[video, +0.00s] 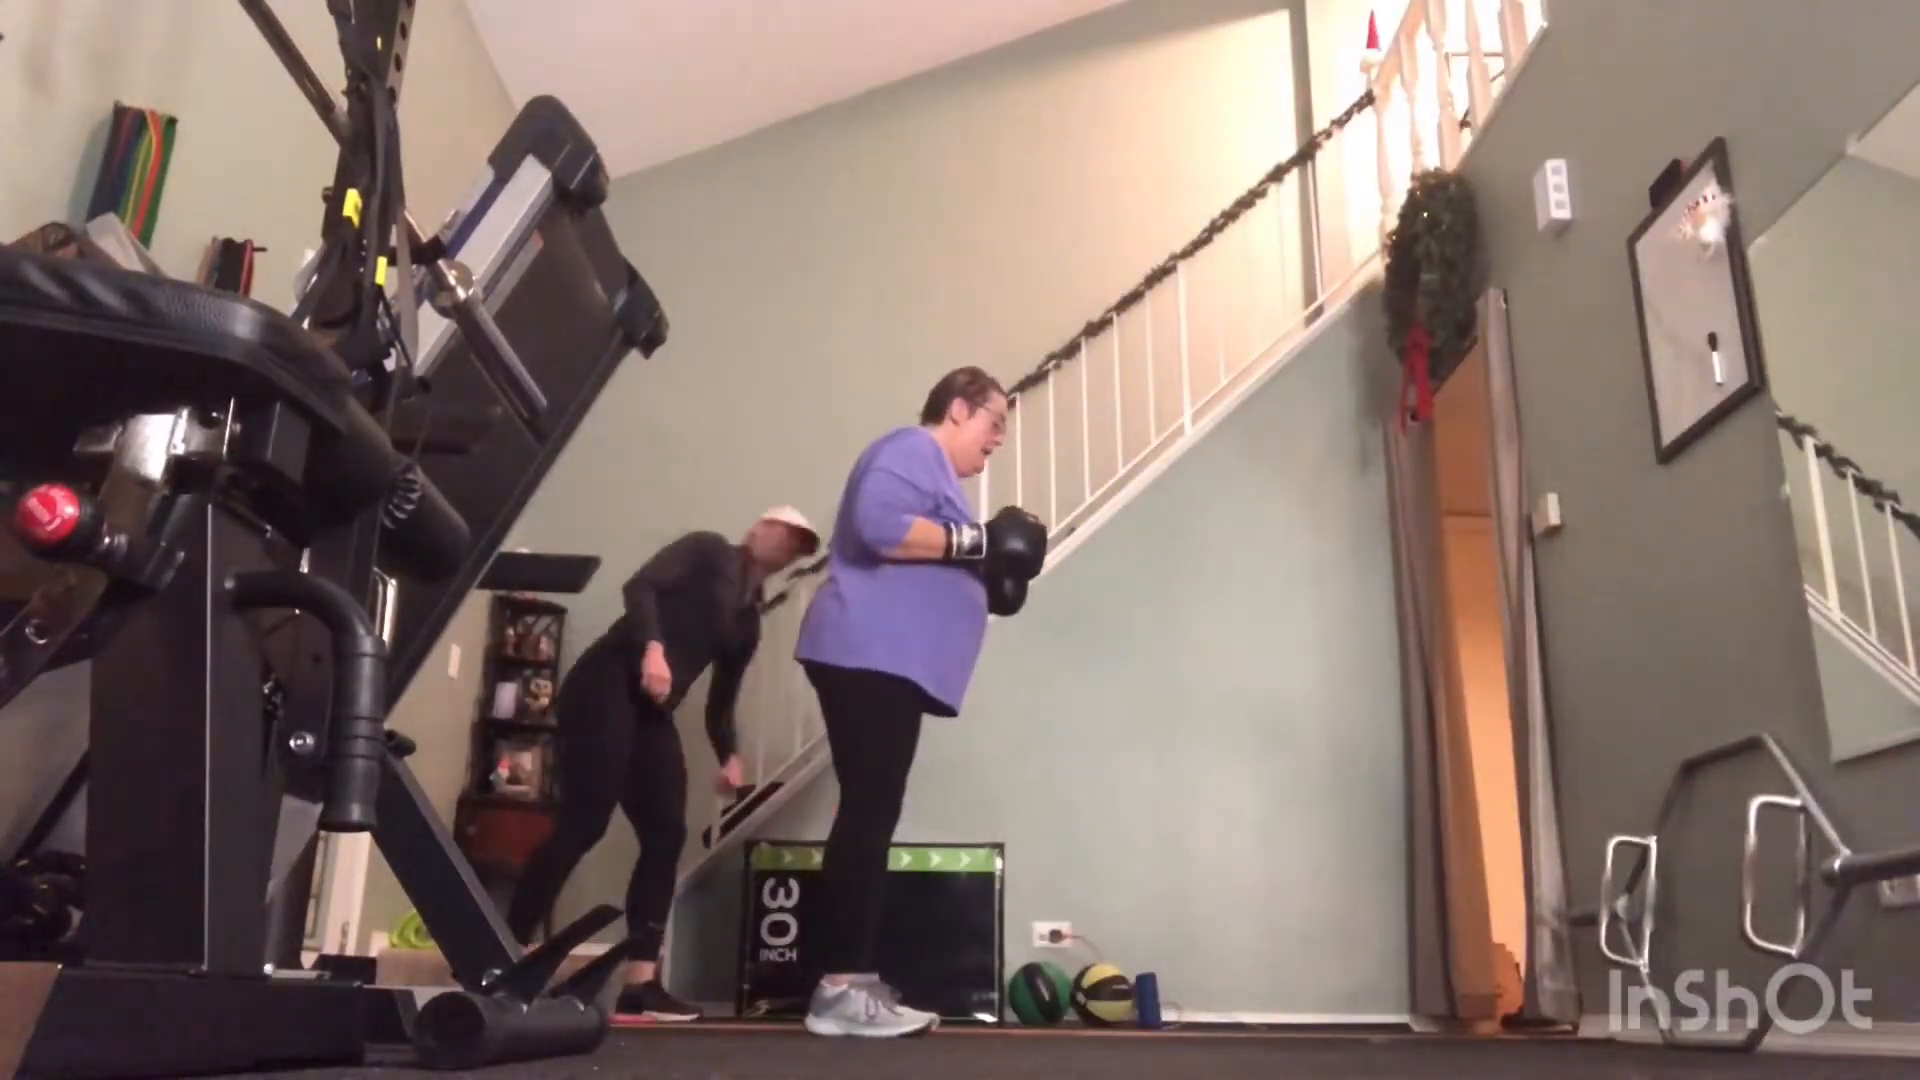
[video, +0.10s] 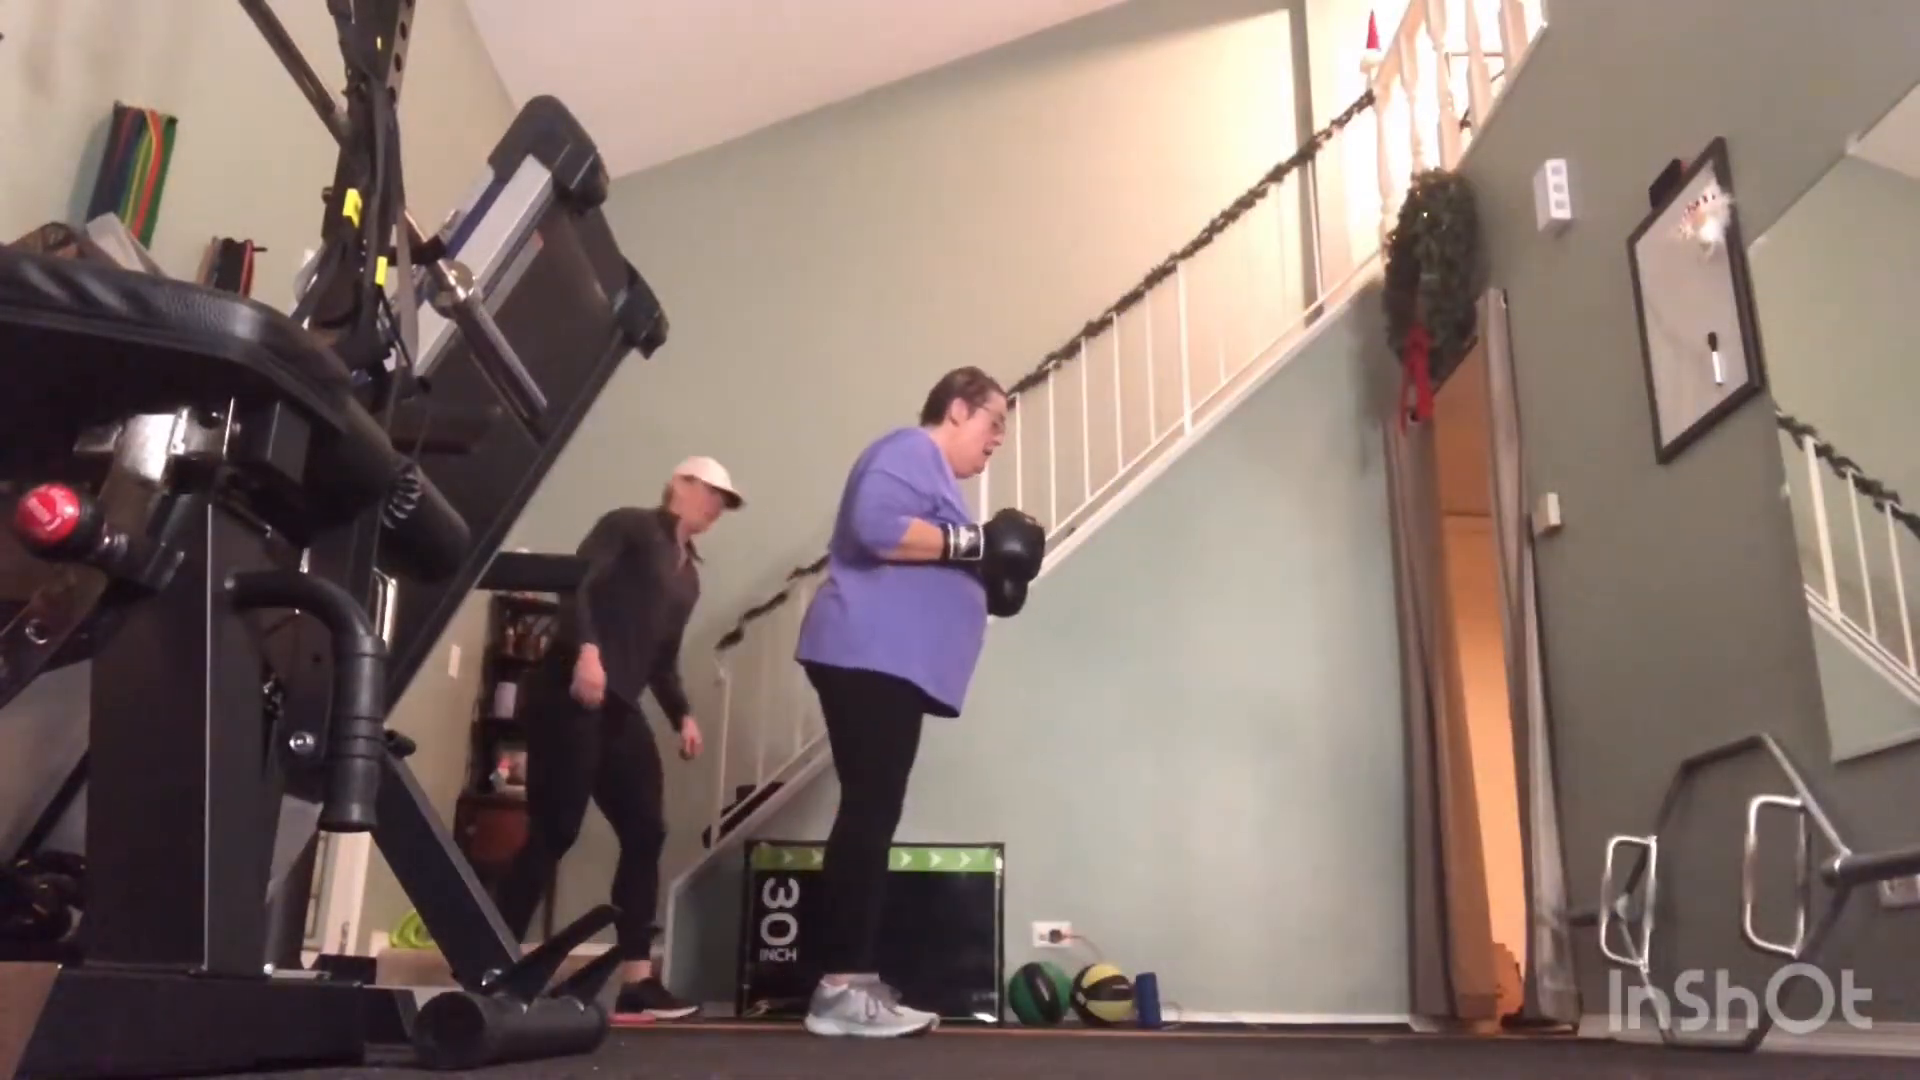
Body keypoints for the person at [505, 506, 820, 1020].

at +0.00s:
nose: (788, 547)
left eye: (798, 545)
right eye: (784, 532)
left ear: (795, 559)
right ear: (756, 528)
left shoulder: (747, 624)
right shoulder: (708, 548)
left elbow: (721, 701)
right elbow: (639, 586)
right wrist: (652, 646)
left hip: (652, 712)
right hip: (605, 686)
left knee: (665, 834)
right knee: (584, 820)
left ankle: (640, 980)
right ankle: (516, 944)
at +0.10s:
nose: (718, 509)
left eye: (724, 502)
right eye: (713, 495)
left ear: (715, 509)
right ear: (679, 486)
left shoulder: (688, 576)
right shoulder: (629, 525)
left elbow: (661, 657)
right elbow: (576, 582)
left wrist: (683, 714)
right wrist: (586, 651)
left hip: (619, 709)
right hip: (567, 694)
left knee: (644, 833)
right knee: (554, 828)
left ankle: (636, 979)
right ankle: (490, 953)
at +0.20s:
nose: (714, 509)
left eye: (721, 503)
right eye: (710, 495)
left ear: (715, 507)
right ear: (679, 482)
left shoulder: (687, 569)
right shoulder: (631, 523)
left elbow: (666, 647)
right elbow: (585, 580)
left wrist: (683, 693)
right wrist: (573, 650)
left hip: (634, 708)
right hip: (586, 692)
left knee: (649, 836)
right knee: (563, 828)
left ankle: (634, 978)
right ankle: (492, 950)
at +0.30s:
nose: (759, 512)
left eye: (766, 506)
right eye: (754, 498)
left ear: (763, 514)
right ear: (724, 490)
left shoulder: (730, 575)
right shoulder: (674, 533)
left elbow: (715, 654)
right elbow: (627, 594)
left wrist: (736, 710)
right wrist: (658, 653)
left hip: (675, 704)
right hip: (630, 691)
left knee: (677, 831)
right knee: (666, 820)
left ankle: (638, 974)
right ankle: (608, 945)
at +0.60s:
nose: (804, 497)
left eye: (812, 492)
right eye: (802, 486)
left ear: (810, 501)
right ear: (785, 482)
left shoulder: (792, 551)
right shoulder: (740, 521)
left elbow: (760, 641)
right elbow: (692, 585)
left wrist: (792, 696)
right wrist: (713, 647)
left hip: (734, 692)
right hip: (691, 683)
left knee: (737, 825)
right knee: (705, 821)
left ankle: (709, 971)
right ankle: (669, 969)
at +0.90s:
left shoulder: (838, 559)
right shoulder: (767, 525)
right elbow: (714, 565)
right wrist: (772, 588)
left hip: (749, 695)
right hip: (718, 689)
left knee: (755, 828)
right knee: (752, 828)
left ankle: (703, 959)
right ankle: (693, 961)